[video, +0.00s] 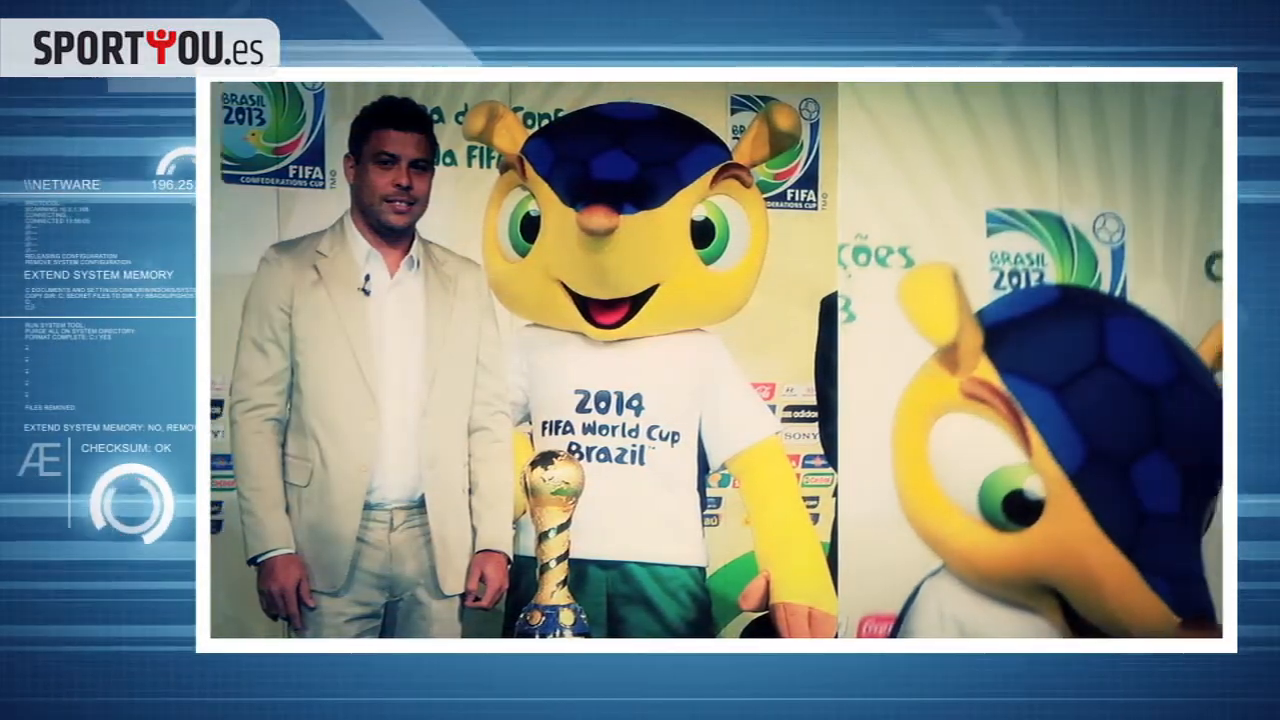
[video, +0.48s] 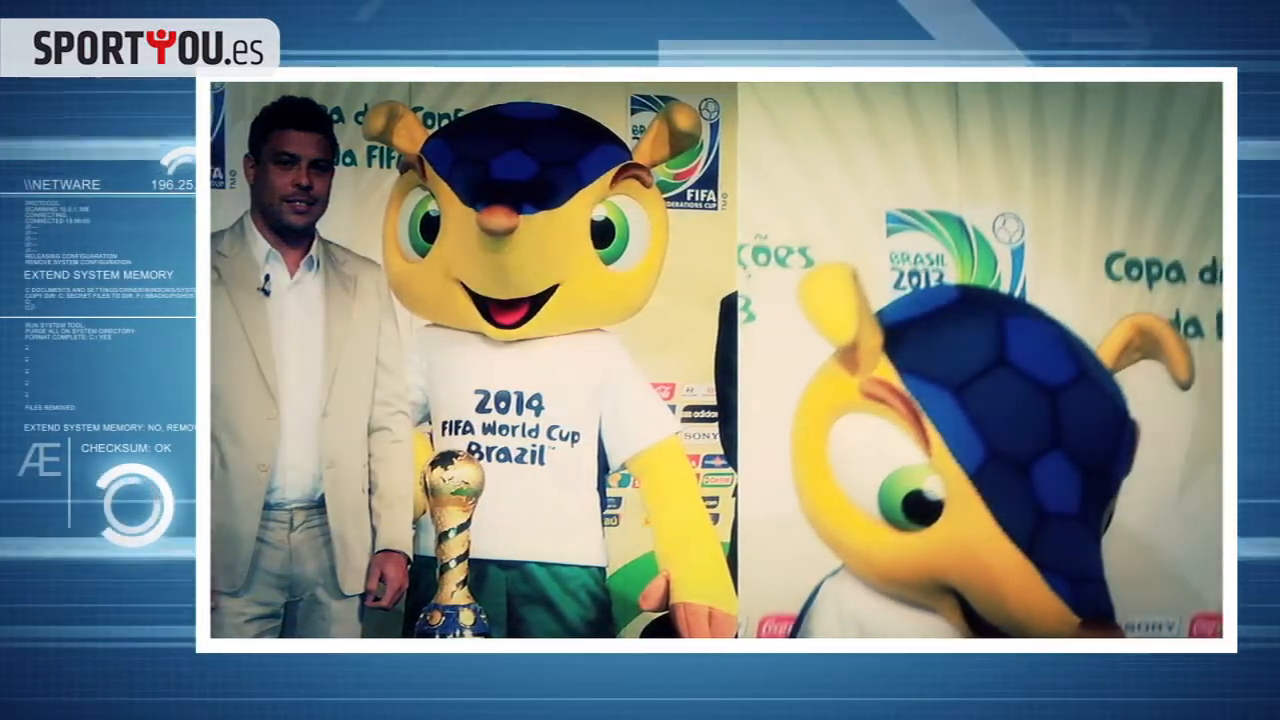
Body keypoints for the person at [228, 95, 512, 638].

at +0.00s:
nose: (405, 181)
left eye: (420, 166)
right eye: (386, 162)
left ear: (433, 178)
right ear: (351, 170)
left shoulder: (466, 282)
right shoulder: (288, 270)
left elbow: (490, 422)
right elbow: (255, 413)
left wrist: (492, 542)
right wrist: (273, 548)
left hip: (439, 544)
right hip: (332, 545)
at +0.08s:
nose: (388, 181)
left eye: (404, 166)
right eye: (370, 162)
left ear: (417, 178)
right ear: (335, 170)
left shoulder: (449, 282)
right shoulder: (271, 270)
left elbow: (473, 422)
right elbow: (238, 414)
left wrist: (476, 543)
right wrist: (256, 548)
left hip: (423, 543)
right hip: (316, 544)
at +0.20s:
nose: (362, 180)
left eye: (378, 166)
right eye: (345, 163)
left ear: (392, 178)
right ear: (310, 169)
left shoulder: (425, 283)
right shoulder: (243, 271)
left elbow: (448, 422)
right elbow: (218, 417)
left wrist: (452, 543)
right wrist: (232, 547)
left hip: (398, 542)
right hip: (291, 544)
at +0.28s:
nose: (345, 181)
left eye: (360, 167)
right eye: (328, 162)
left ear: (375, 179)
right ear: (293, 170)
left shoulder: (409, 283)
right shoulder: (227, 272)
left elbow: (431, 421)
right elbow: (205, 418)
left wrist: (435, 542)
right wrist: (219, 547)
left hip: (382, 540)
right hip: (275, 541)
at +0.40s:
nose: (321, 180)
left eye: (337, 166)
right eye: (302, 162)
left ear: (350, 178)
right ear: (267, 169)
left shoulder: (386, 284)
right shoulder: (205, 275)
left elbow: (406, 422)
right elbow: (179, 416)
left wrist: (409, 542)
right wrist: (195, 543)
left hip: (357, 542)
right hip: (248, 543)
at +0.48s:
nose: (304, 180)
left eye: (320, 166)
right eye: (286, 162)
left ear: (333, 177)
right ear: (251, 170)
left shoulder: (368, 284)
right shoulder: (196, 274)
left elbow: (389, 423)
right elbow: (167, 416)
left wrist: (393, 542)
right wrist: (180, 551)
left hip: (340, 542)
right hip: (232, 543)